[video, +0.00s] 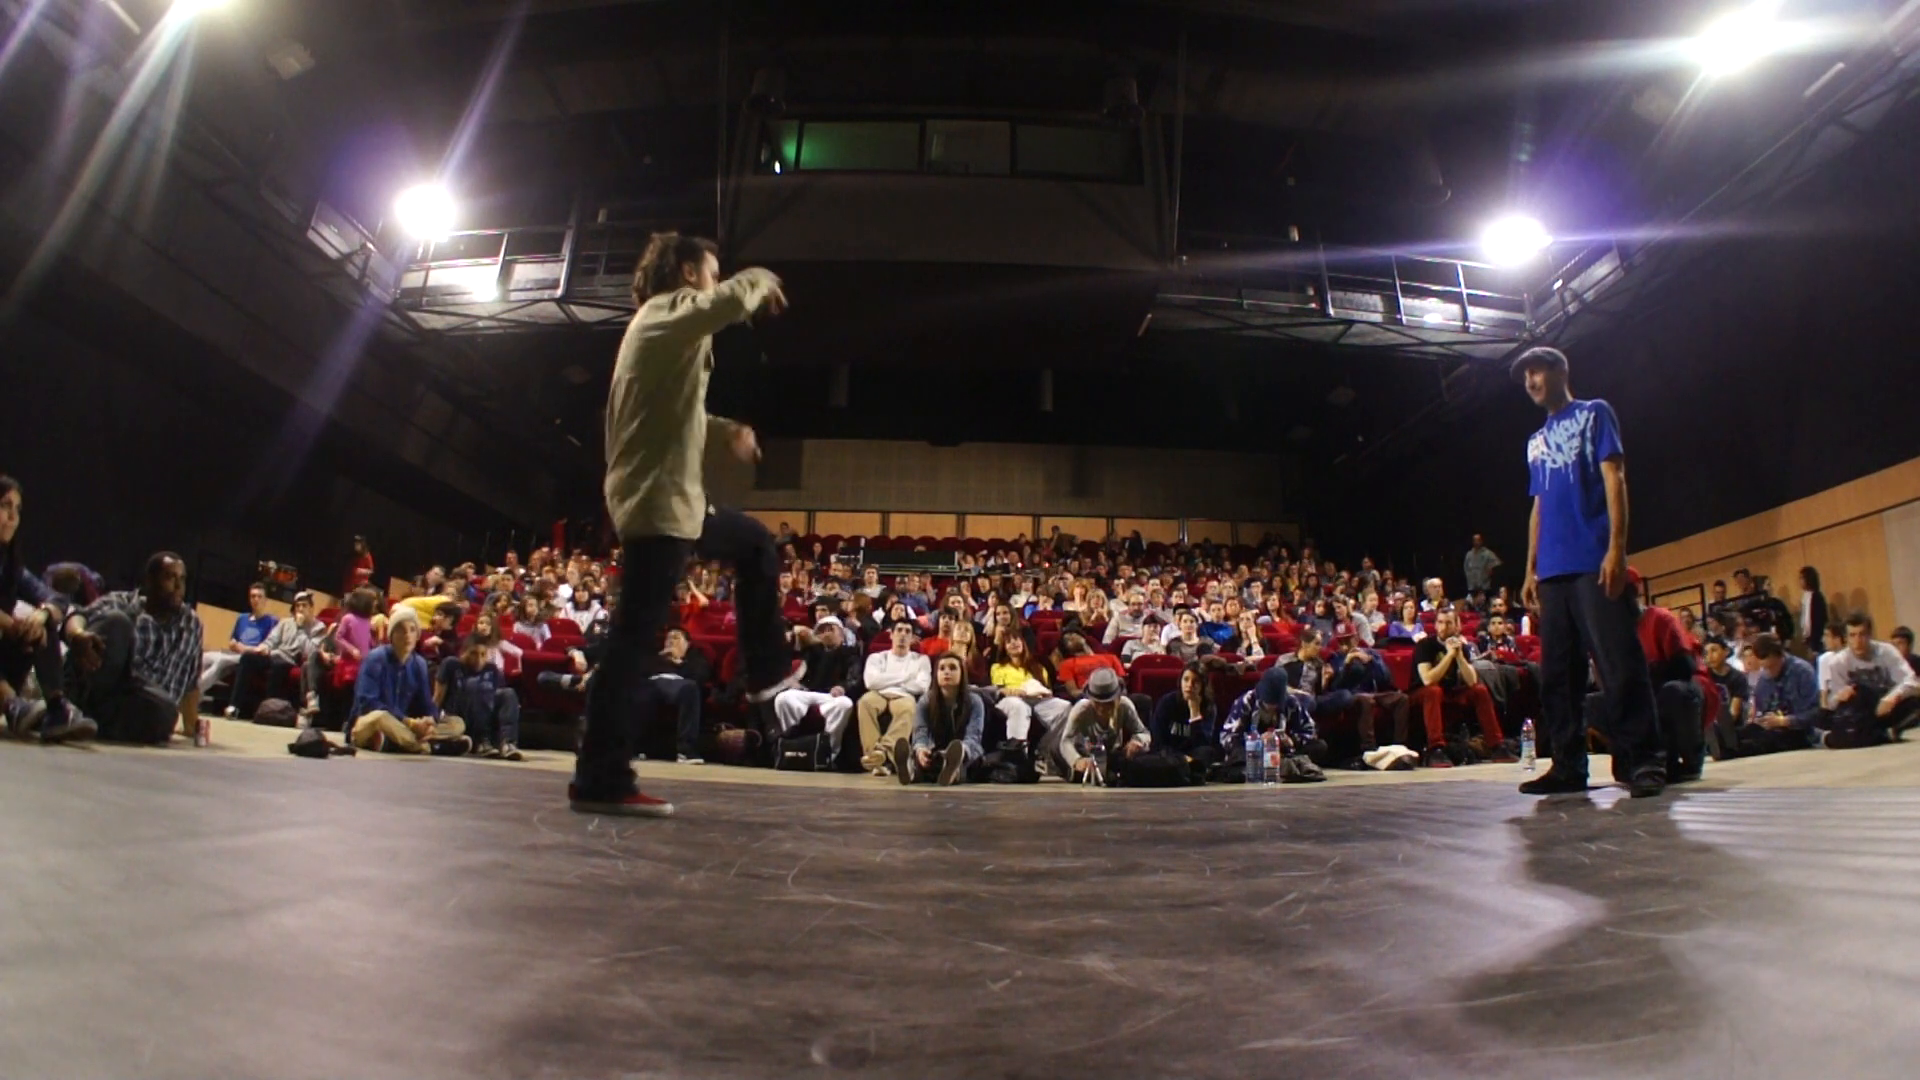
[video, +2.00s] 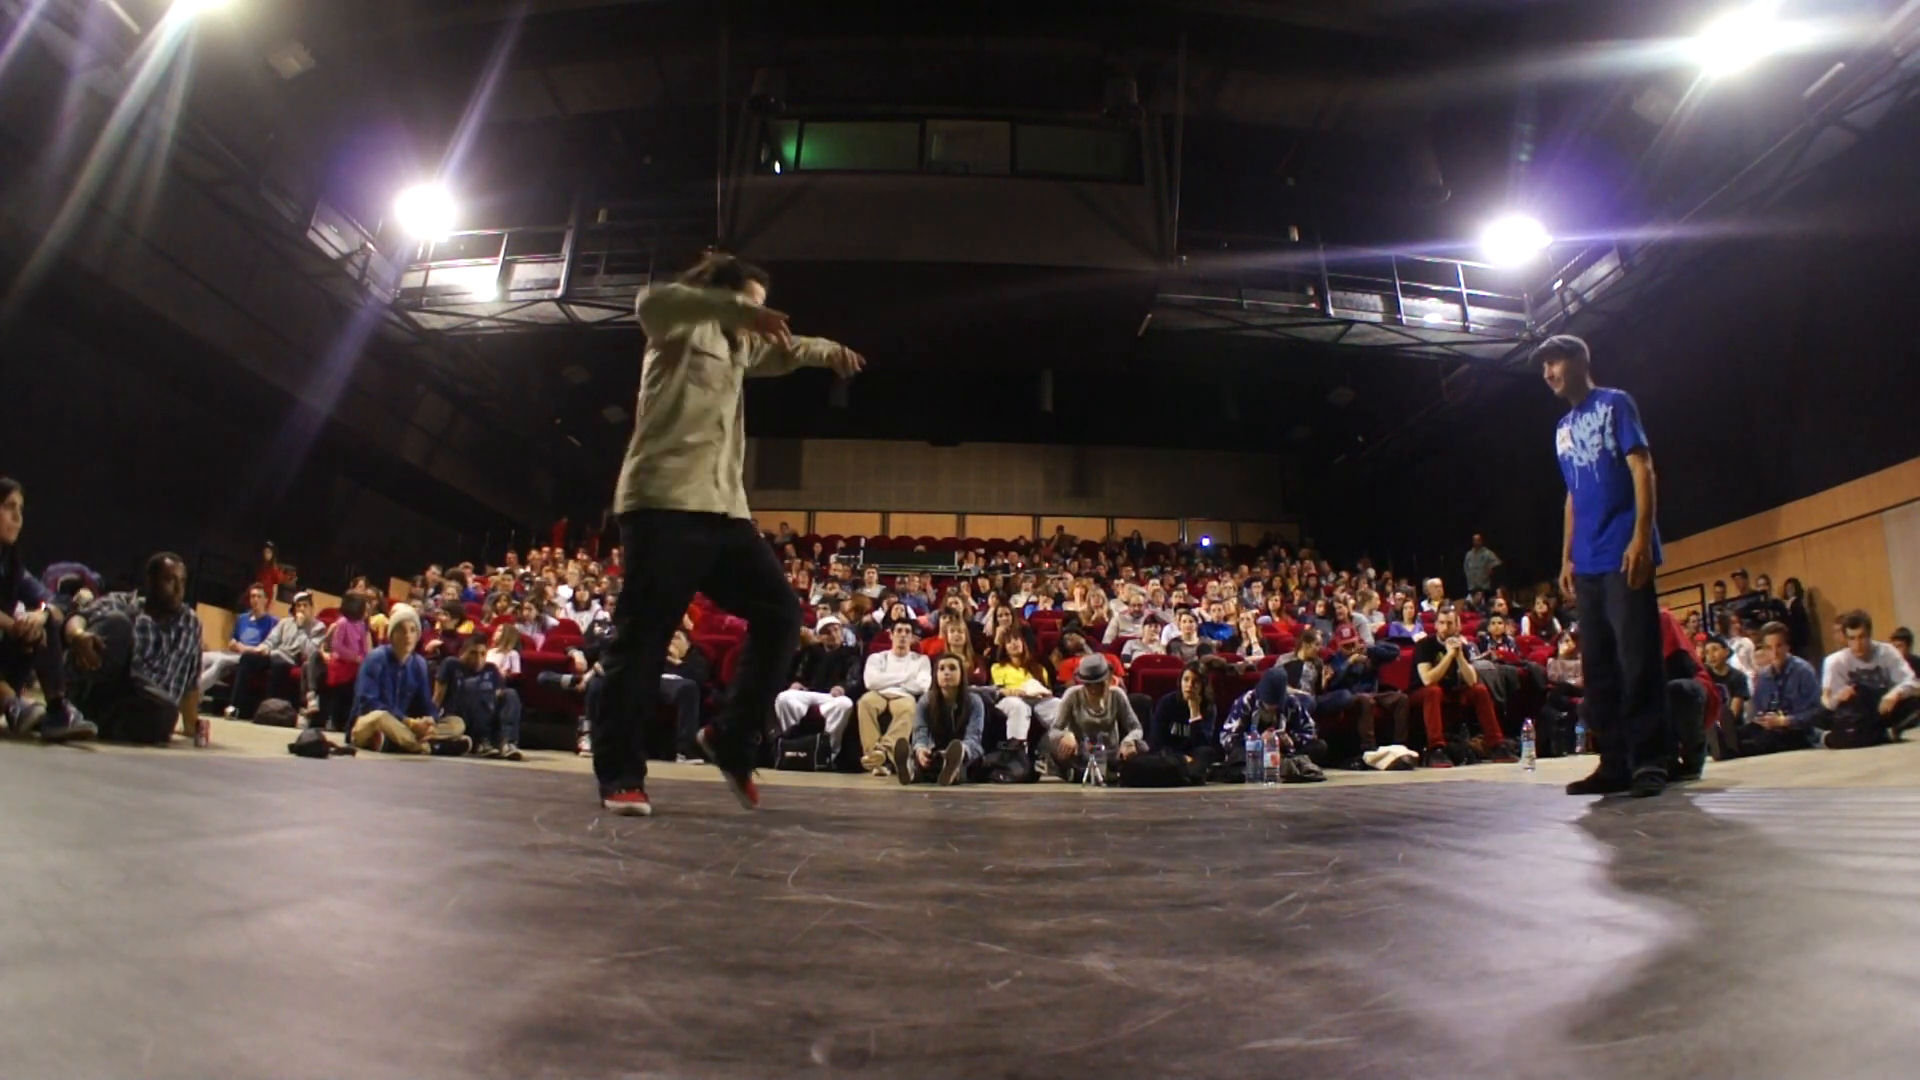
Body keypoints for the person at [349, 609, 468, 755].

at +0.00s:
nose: (407, 636)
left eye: (412, 630)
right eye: (401, 631)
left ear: (417, 635)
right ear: (391, 635)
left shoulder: (419, 664)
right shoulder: (375, 658)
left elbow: (426, 704)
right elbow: (367, 702)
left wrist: (430, 721)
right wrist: (406, 722)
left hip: (410, 725)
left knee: (457, 724)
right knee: (380, 717)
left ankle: (393, 744)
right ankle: (427, 748)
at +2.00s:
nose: (408, 637)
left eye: (413, 631)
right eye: (401, 631)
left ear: (418, 635)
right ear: (391, 635)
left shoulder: (420, 664)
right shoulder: (376, 658)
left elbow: (426, 704)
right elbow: (367, 703)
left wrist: (430, 720)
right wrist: (407, 722)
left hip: (412, 725)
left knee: (457, 724)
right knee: (381, 717)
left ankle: (395, 744)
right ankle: (426, 748)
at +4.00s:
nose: (409, 633)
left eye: (414, 628)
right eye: (402, 627)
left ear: (418, 634)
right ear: (391, 632)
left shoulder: (419, 664)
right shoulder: (375, 659)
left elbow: (426, 705)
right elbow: (367, 703)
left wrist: (430, 721)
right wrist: (407, 722)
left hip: (411, 726)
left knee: (457, 723)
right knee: (380, 718)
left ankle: (394, 744)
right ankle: (425, 748)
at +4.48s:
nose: (400, 637)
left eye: (407, 632)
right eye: (396, 630)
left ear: (417, 638)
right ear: (390, 634)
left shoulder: (420, 665)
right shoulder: (373, 660)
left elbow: (420, 707)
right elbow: (364, 704)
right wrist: (406, 700)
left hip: (410, 724)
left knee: (456, 724)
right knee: (379, 718)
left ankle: (393, 744)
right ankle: (428, 747)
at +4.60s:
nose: (398, 637)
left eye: (405, 633)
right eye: (394, 631)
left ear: (415, 639)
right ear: (388, 633)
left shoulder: (419, 664)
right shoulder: (372, 660)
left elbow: (426, 706)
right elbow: (367, 705)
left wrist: (428, 720)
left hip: (404, 724)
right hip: (366, 725)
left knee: (457, 724)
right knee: (380, 717)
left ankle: (393, 744)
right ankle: (428, 747)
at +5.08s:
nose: (381, 629)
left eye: (387, 624)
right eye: (376, 624)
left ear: (398, 630)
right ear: (371, 630)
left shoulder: (408, 661)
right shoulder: (359, 659)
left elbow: (427, 700)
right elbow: (354, 696)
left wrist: (419, 702)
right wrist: (385, 675)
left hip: (402, 723)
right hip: (364, 727)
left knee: (456, 723)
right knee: (379, 716)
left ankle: (393, 743)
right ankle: (430, 748)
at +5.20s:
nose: (377, 626)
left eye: (382, 621)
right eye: (372, 622)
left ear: (393, 628)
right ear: (366, 627)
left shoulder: (400, 657)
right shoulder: (356, 655)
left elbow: (427, 690)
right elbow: (349, 679)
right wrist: (384, 681)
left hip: (401, 720)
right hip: (364, 725)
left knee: (455, 717)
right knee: (379, 713)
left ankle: (395, 742)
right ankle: (429, 747)